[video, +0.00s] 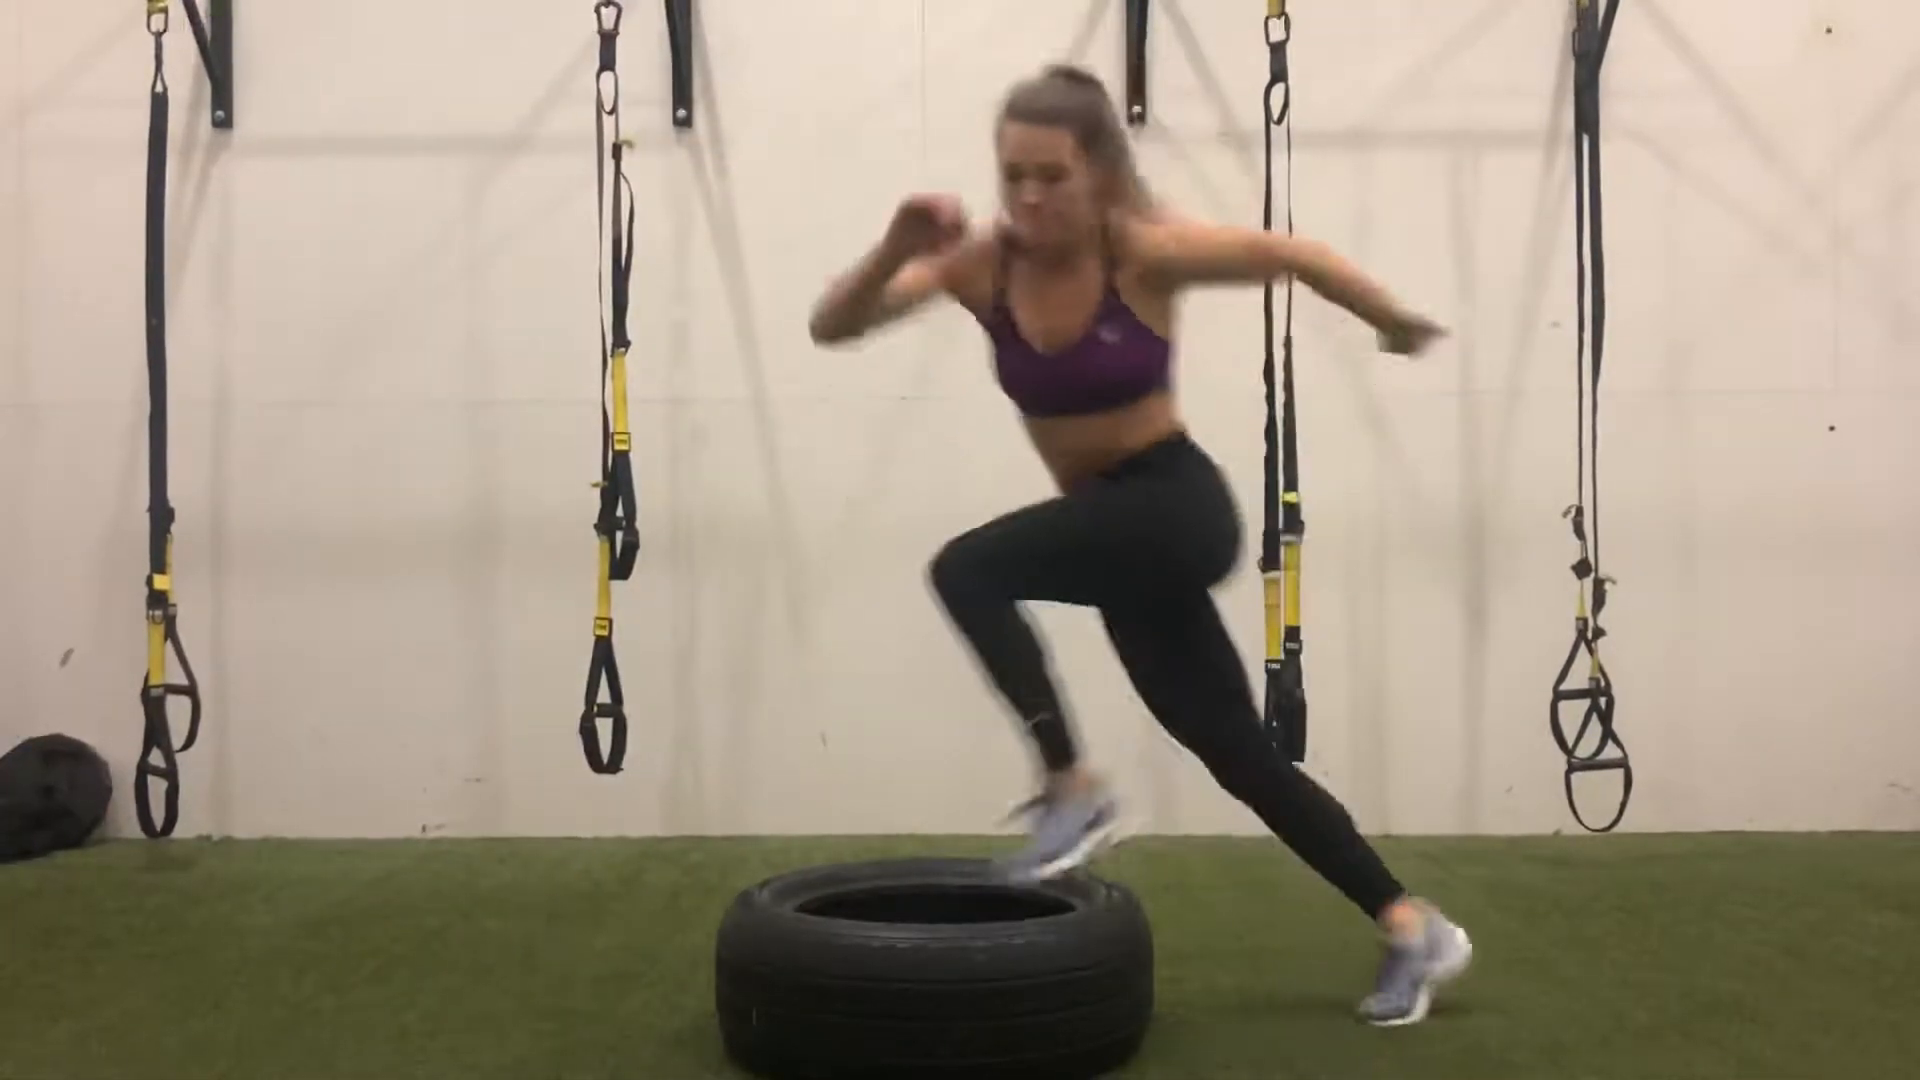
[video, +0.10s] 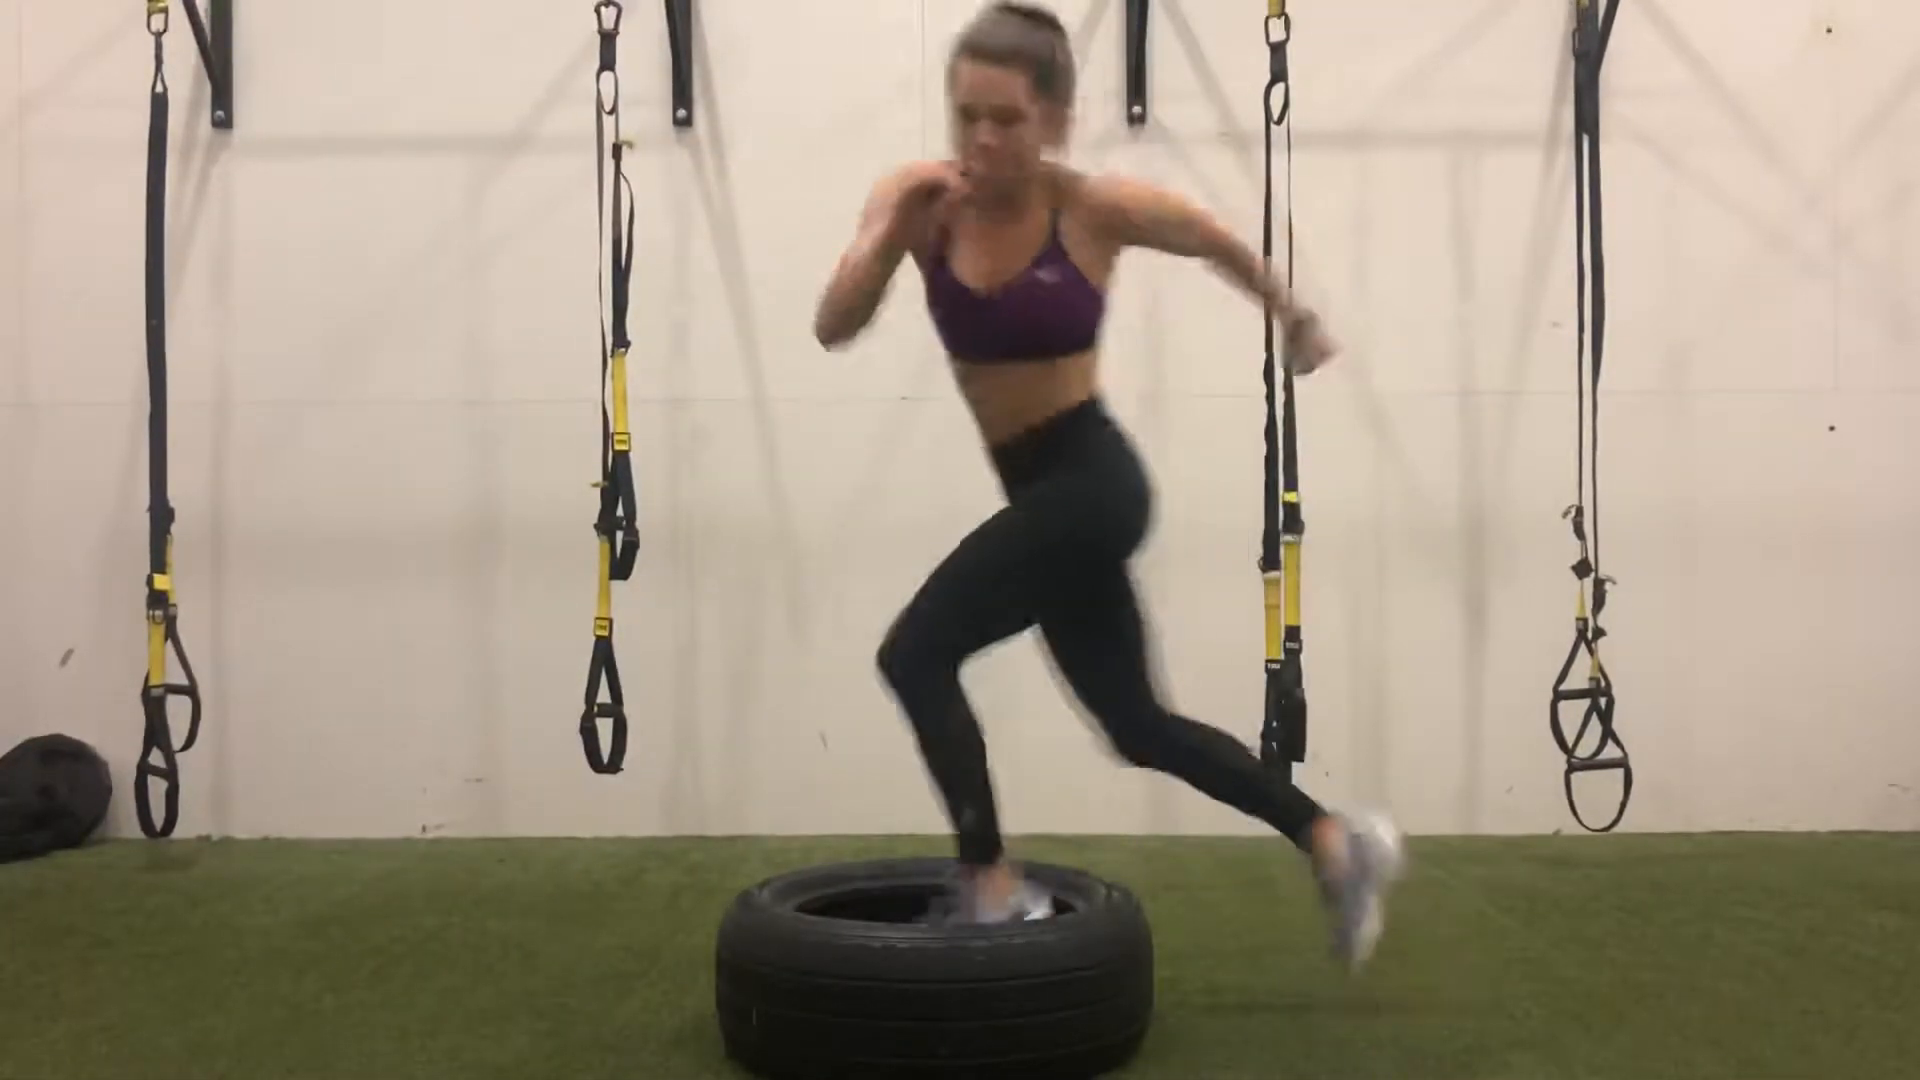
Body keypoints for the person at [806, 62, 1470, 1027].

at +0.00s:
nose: (1028, 197)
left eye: (1050, 175)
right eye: (1013, 175)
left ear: (1102, 175)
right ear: (998, 174)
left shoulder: (1146, 252)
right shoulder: (982, 263)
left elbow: (1301, 255)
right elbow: (830, 329)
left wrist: (1397, 322)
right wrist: (887, 256)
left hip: (1177, 506)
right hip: (1106, 524)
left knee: (969, 569)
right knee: (1240, 756)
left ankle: (1070, 789)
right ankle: (1414, 928)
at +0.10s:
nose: (982, 139)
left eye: (1006, 118)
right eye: (969, 116)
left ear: (1054, 119)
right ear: (950, 112)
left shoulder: (1094, 207)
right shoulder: (918, 198)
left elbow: (1213, 244)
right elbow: (834, 330)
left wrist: (1296, 321)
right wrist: (893, 242)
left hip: (1095, 483)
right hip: (1036, 495)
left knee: (914, 654)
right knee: (1138, 730)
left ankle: (988, 882)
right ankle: (1332, 843)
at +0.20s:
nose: (923, 128)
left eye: (947, 109)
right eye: (908, 105)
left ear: (990, 107)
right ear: (887, 100)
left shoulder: (1034, 210)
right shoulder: (847, 205)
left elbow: (1125, 297)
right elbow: (844, 380)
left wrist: (1196, 362)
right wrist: (876, 342)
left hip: (999, 498)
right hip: (942, 499)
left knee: (925, 745)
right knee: (936, 724)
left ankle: (993, 948)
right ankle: (1122, 692)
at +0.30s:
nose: (841, 99)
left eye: (865, 82)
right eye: (825, 76)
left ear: (902, 91)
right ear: (800, 77)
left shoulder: (941, 184)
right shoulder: (746, 186)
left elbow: (1082, 264)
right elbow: (721, 295)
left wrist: (1162, 379)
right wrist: (762, 370)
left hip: (920, 467)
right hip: (829, 468)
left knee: (880, 712)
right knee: (701, 655)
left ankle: (975, 924)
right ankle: (850, 755)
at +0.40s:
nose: (799, 109)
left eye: (821, 91)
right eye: (782, 86)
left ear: (853, 95)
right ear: (750, 81)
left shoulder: (891, 185)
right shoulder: (687, 195)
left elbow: (1007, 258)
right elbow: (666, 305)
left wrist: (1048, 315)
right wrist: (708, 391)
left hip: (850, 453)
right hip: (746, 455)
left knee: (775, 650)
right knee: (640, 669)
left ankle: (923, 813)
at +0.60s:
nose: (750, 174)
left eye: (770, 152)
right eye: (729, 150)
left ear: (798, 152)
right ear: (690, 147)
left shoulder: (813, 254)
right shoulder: (636, 249)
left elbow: (775, 348)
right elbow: (562, 393)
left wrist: (777, 444)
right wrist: (628, 436)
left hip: (703, 523)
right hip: (594, 505)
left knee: (659, 734)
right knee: (495, 744)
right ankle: (422, 956)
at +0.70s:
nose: (765, 169)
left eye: (784, 149)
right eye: (745, 147)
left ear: (807, 143)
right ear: (702, 137)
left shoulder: (815, 233)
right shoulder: (647, 238)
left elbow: (822, 326)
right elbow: (539, 358)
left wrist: (835, 417)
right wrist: (517, 480)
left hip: (698, 522)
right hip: (596, 492)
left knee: (628, 773)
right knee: (520, 737)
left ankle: (472, 960)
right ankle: (379, 916)